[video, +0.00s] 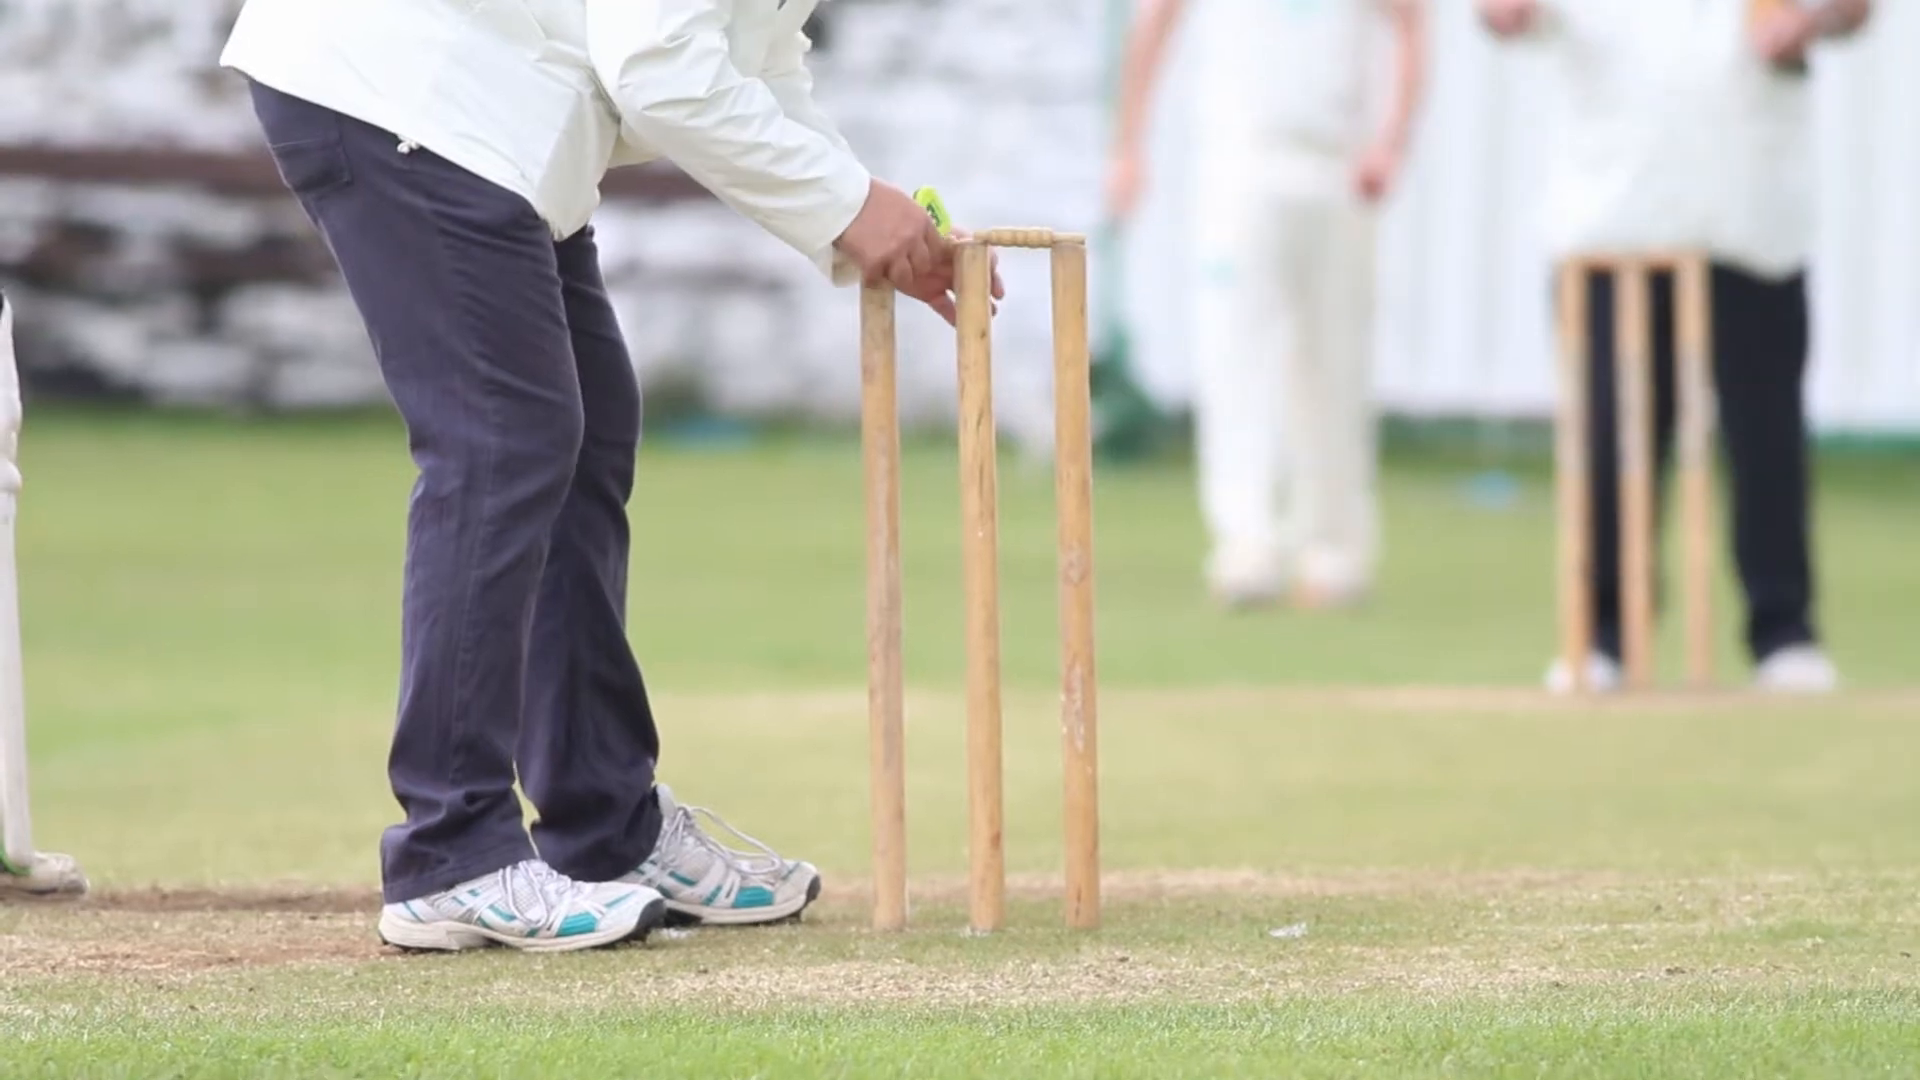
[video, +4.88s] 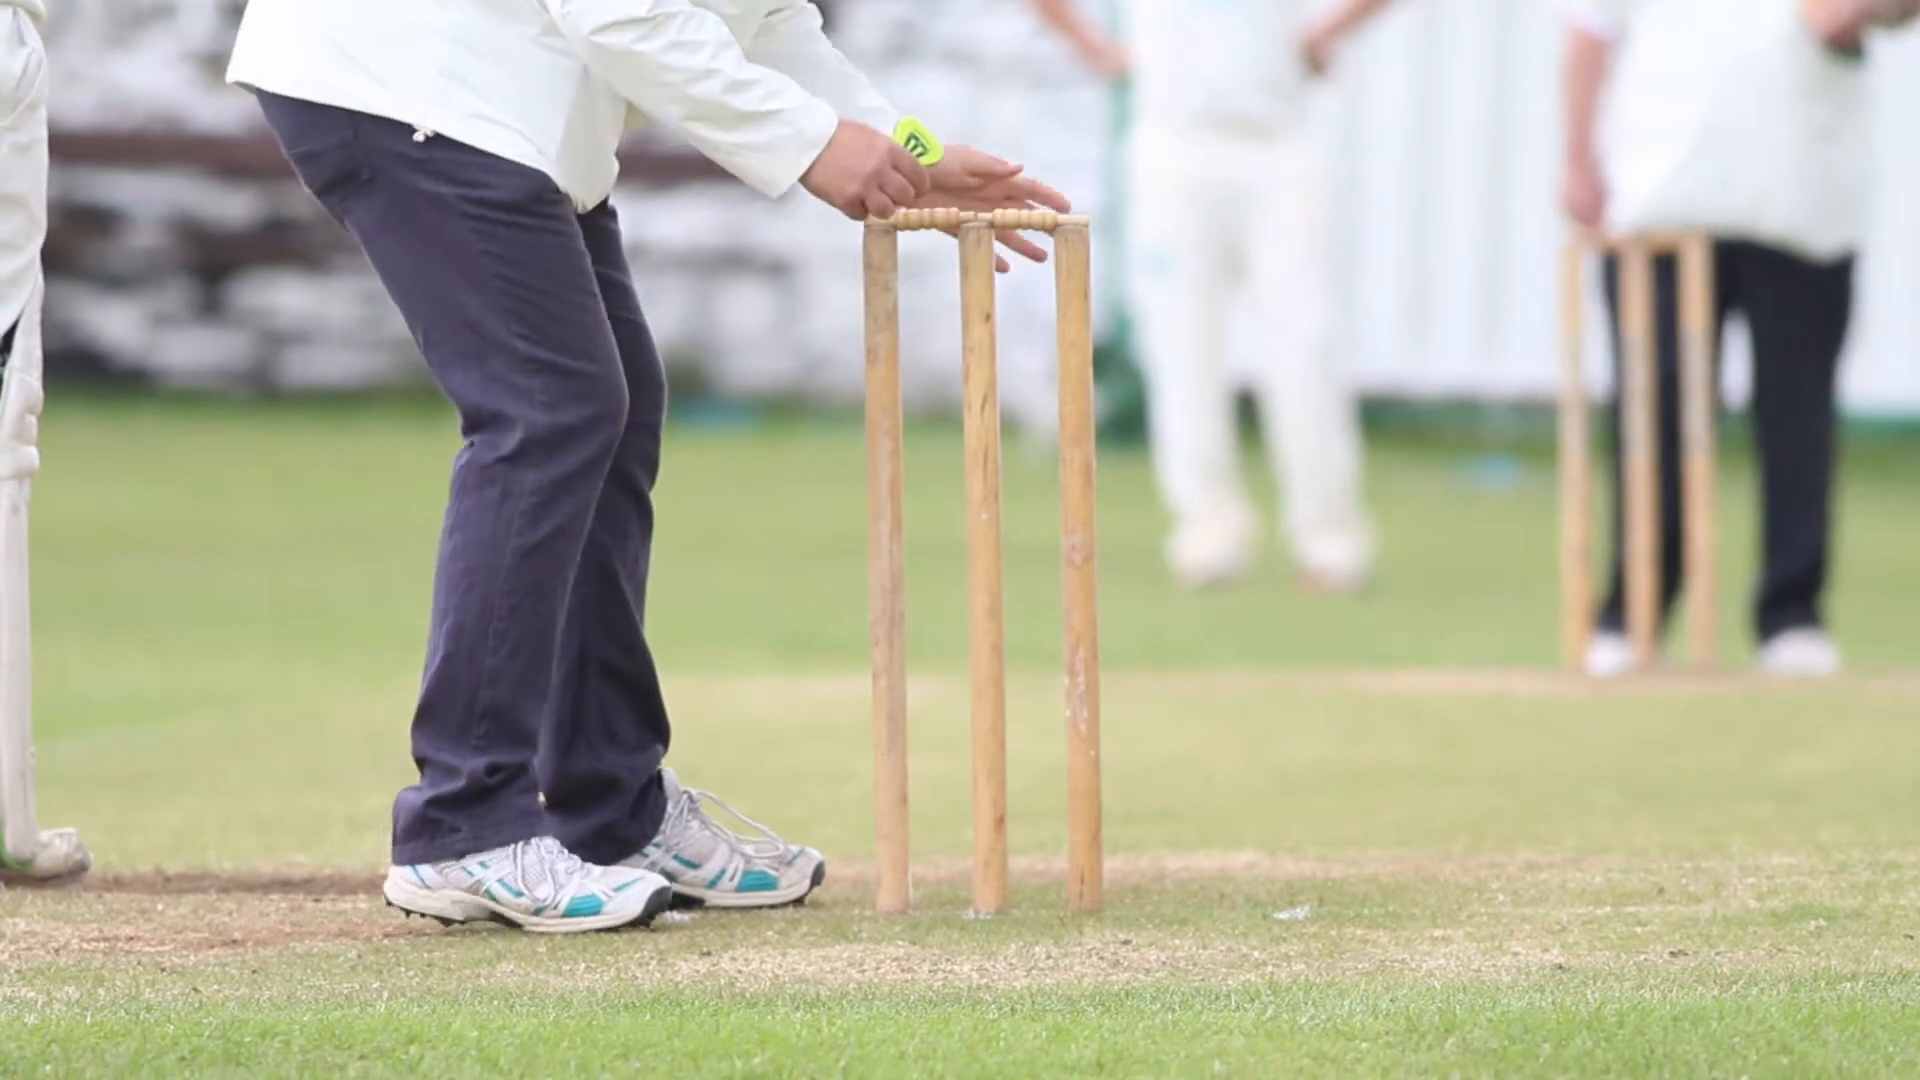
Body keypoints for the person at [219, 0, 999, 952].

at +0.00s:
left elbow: (771, 77)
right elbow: (657, 73)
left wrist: (875, 229)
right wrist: (852, 202)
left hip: (492, 77)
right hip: (385, 59)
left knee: (589, 424)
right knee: (508, 434)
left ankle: (604, 833)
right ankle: (451, 863)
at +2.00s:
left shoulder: (784, 3)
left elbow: (803, 102)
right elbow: (646, 64)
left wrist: (913, 241)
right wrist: (828, 212)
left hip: (494, 81)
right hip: (379, 58)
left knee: (585, 416)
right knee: (504, 425)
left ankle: (604, 825)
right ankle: (450, 858)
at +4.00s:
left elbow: (814, 60)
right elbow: (656, 52)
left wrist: (954, 189)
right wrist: (846, 189)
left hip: (487, 75)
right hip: (383, 53)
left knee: (588, 414)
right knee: (505, 422)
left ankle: (607, 817)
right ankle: (453, 849)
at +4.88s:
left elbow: (750, 20)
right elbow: (612, 15)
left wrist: (904, 154)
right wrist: (802, 140)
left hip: (517, 68)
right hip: (394, 53)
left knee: (620, 401)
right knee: (552, 405)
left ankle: (608, 809)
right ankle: (463, 828)